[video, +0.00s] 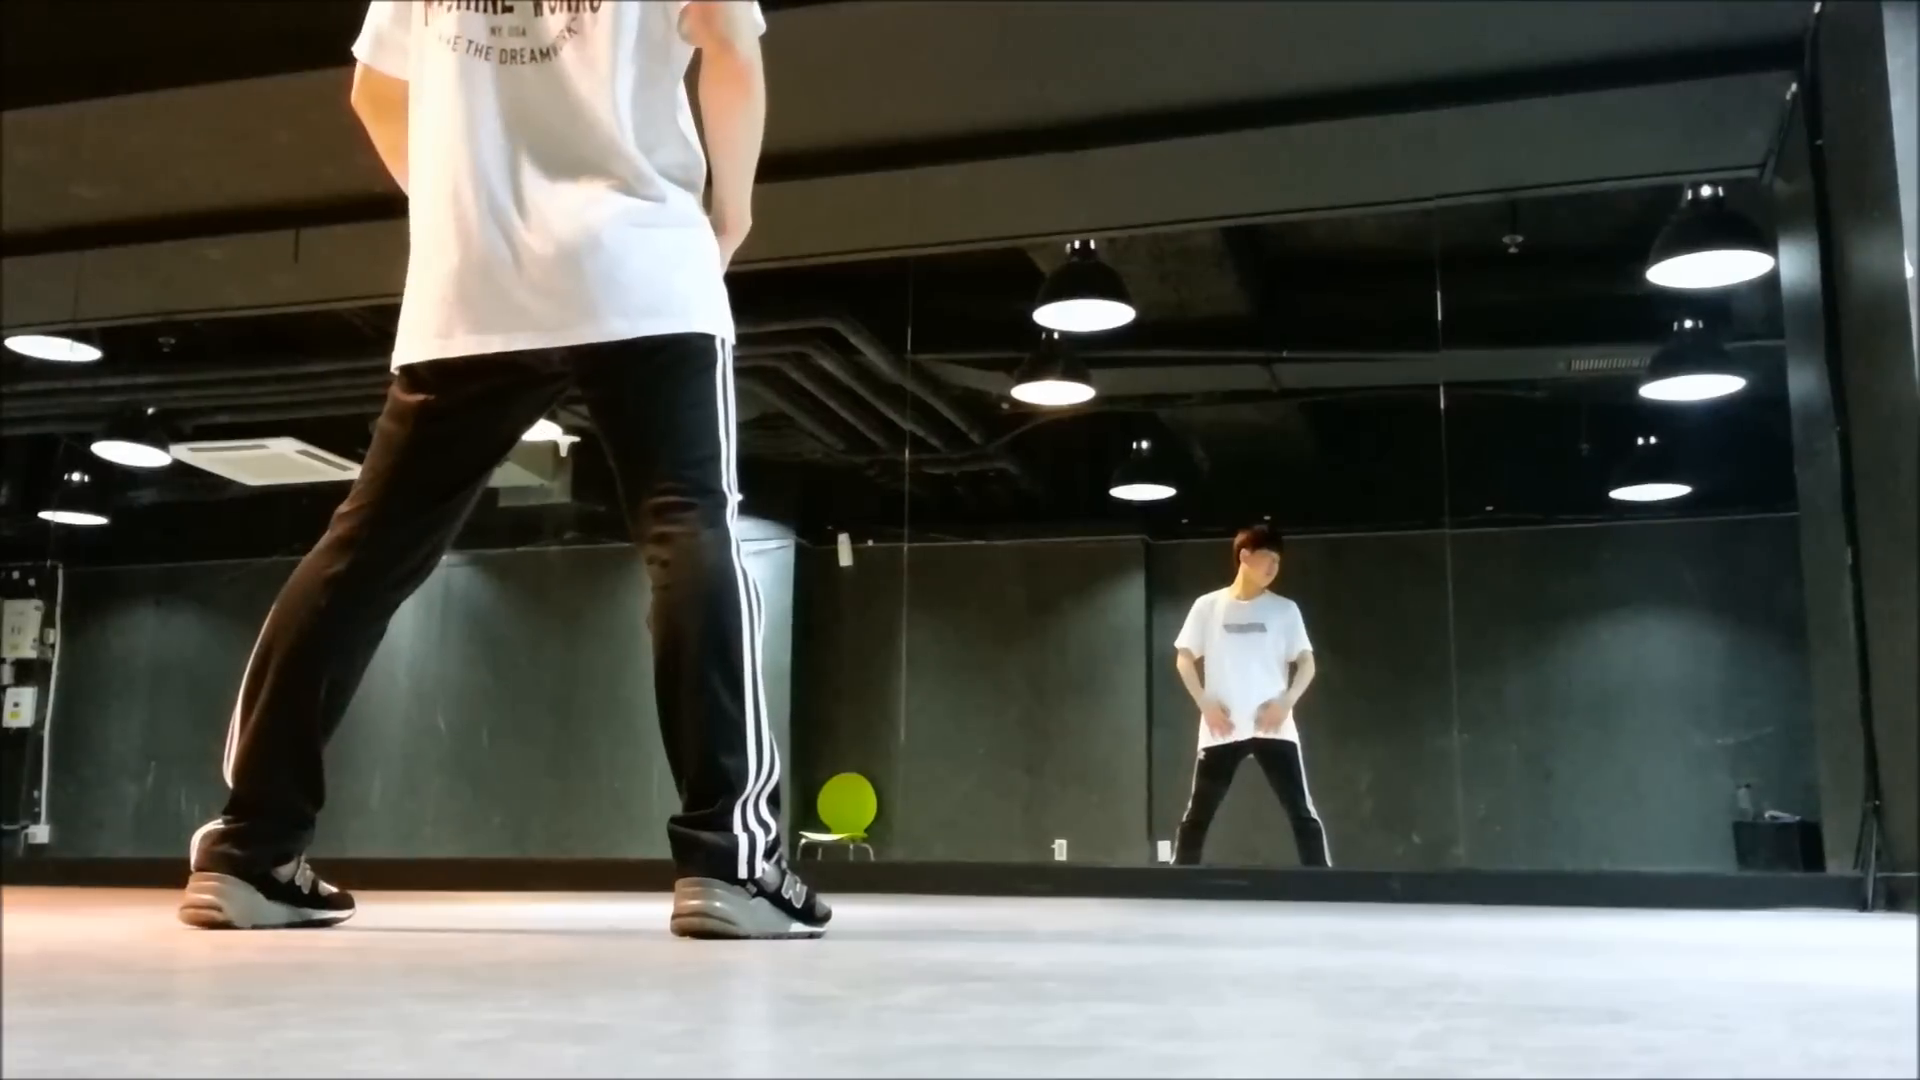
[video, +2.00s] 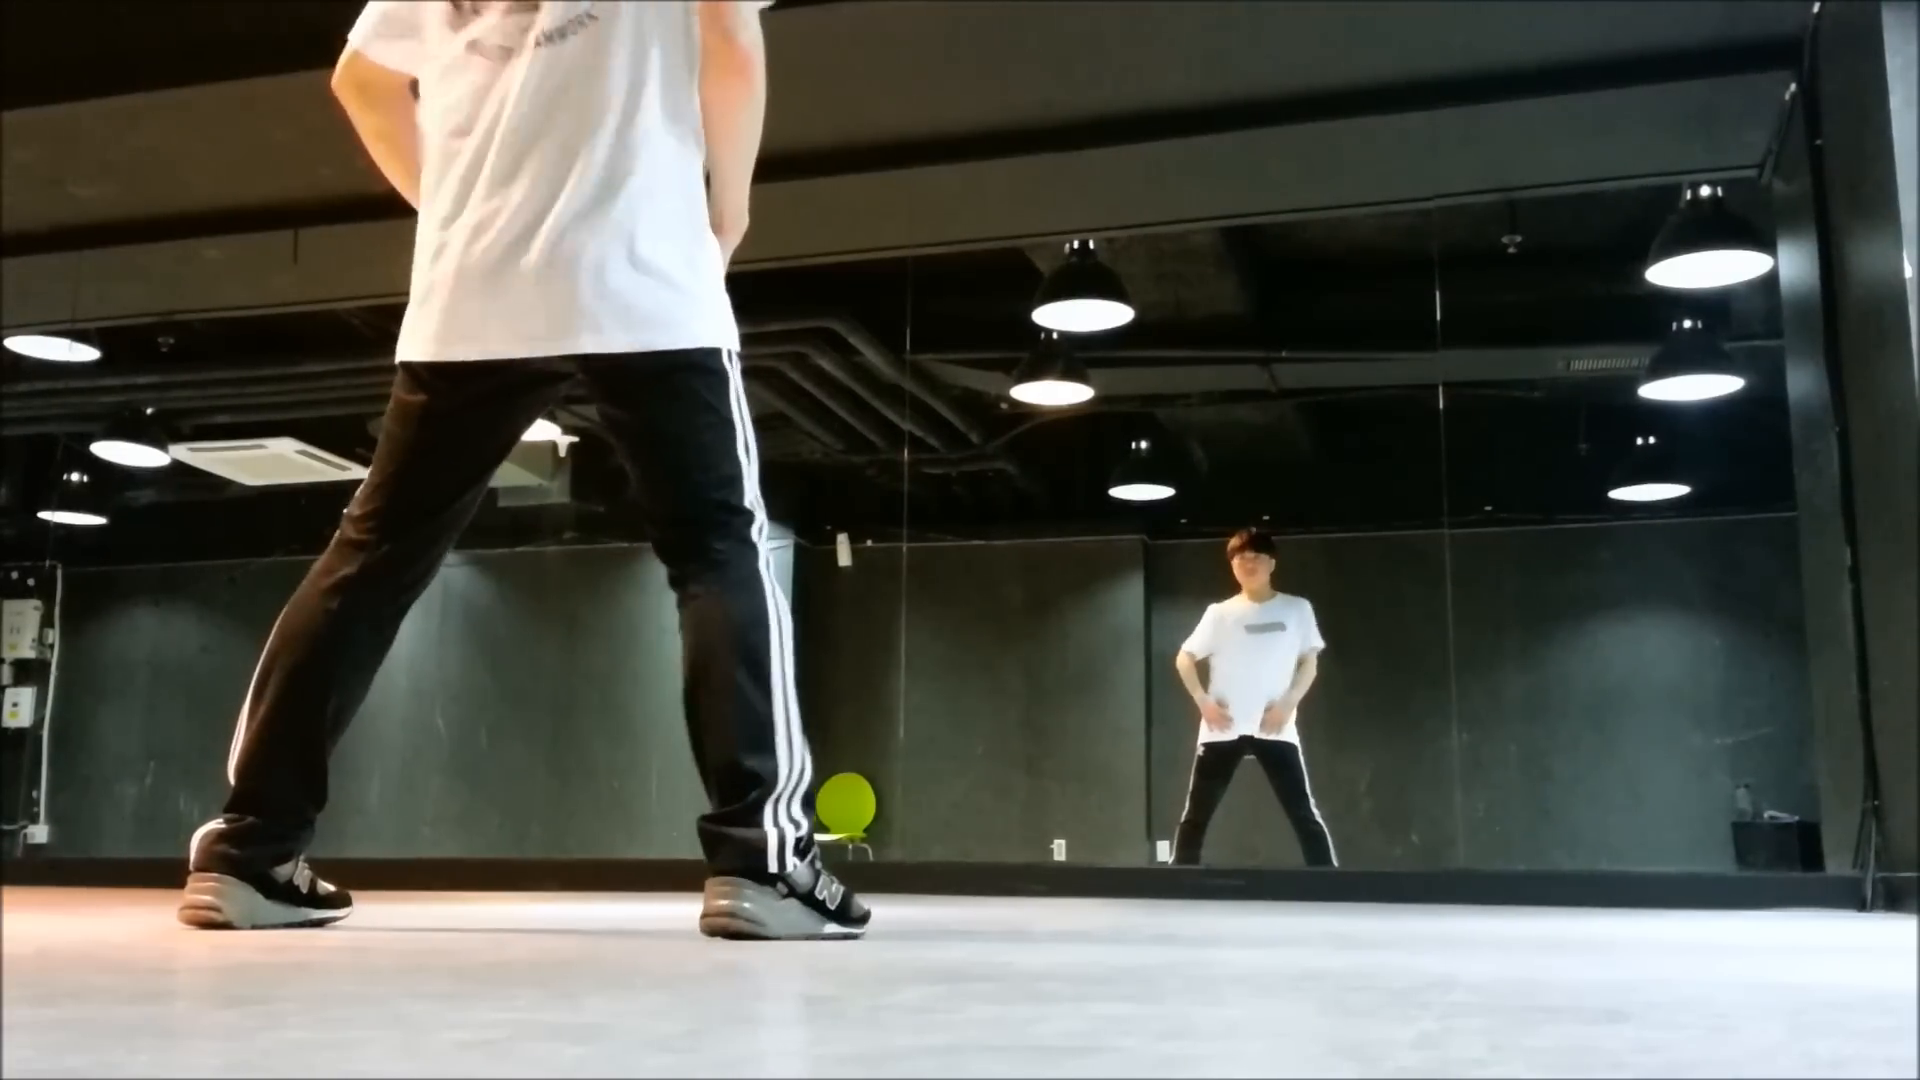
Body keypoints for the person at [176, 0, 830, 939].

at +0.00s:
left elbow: (377, 88)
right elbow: (728, 45)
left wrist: (460, 207)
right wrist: (730, 210)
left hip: (468, 255)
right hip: (637, 252)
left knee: (367, 549)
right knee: (688, 532)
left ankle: (246, 846)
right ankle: (730, 858)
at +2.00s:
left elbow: (364, 78)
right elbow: (731, 39)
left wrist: (463, 212)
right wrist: (725, 220)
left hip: (472, 273)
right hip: (642, 268)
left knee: (371, 557)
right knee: (719, 554)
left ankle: (244, 847)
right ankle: (761, 855)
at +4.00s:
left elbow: (379, 74)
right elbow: (771, 27)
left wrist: (474, 210)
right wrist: (741, 194)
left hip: (476, 260)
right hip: (646, 263)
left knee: (365, 553)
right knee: (725, 557)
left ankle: (235, 843)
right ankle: (762, 856)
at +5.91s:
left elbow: (365, 96)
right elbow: (794, 31)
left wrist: (476, 216)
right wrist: (773, 194)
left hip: (499, 275)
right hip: (667, 266)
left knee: (391, 559)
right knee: (735, 551)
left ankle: (243, 844)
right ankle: (758, 852)